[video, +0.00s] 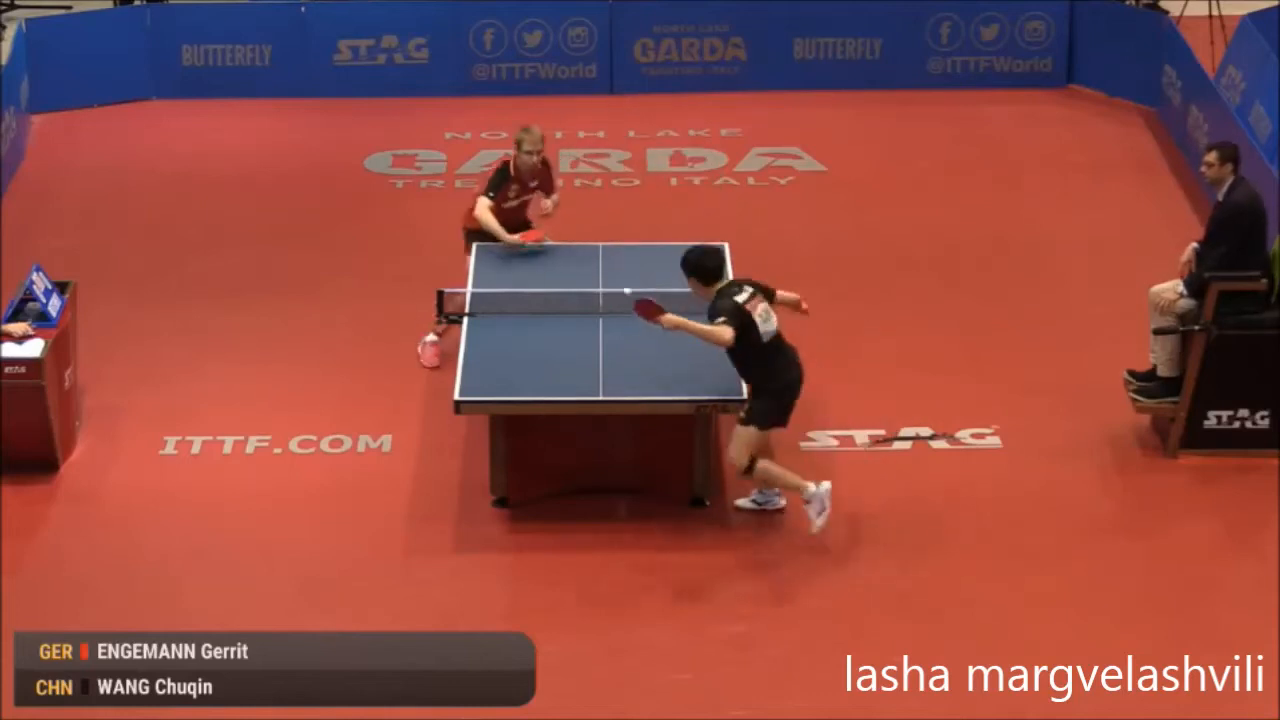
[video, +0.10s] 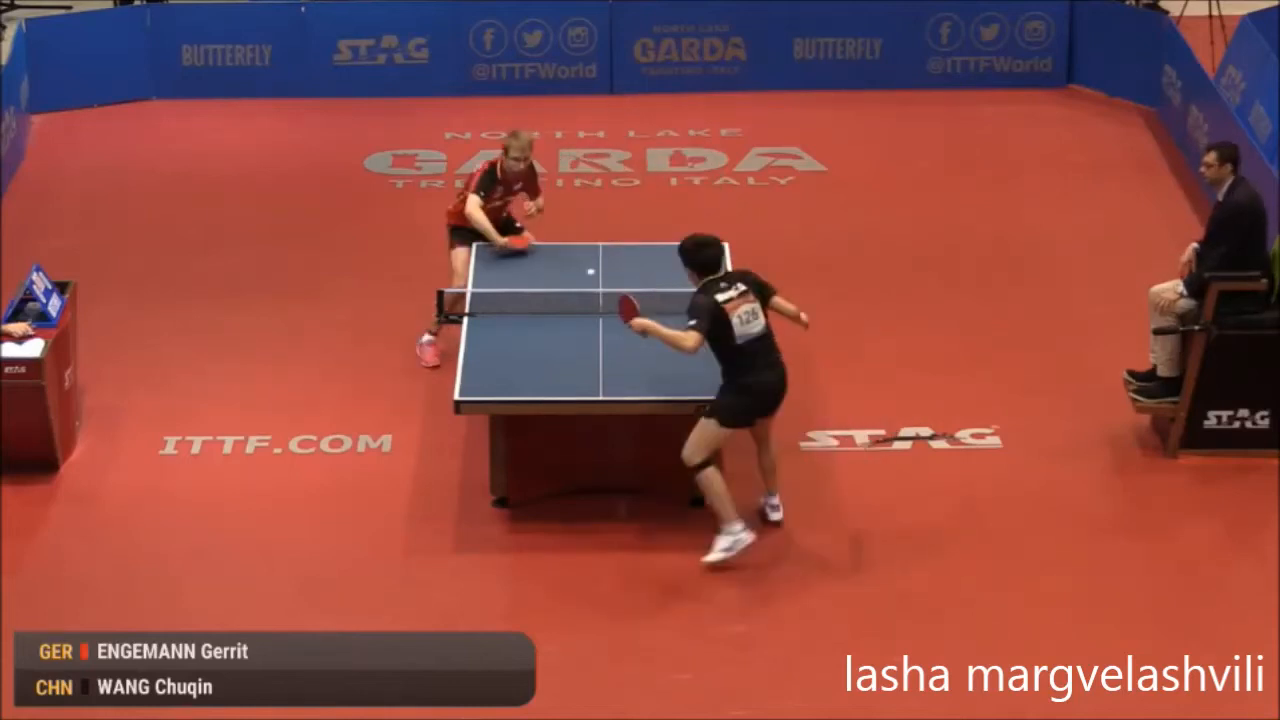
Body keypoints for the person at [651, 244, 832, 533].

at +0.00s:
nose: (688, 285)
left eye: (688, 279)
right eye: (687, 278)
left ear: (696, 281)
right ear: (719, 270)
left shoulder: (722, 304)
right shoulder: (744, 285)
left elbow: (726, 337)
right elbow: (781, 297)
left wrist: (681, 323)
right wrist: (797, 303)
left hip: (773, 381)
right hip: (786, 367)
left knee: (739, 458)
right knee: (756, 430)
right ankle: (767, 493)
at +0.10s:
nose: (685, 271)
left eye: (686, 267)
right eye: (687, 265)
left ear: (692, 271)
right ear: (721, 261)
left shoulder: (704, 300)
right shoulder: (746, 279)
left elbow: (690, 343)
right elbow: (784, 307)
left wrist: (649, 327)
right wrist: (800, 316)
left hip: (743, 388)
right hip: (775, 379)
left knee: (694, 455)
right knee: (763, 437)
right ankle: (774, 503)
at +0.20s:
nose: (683, 278)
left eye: (684, 274)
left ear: (689, 279)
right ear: (719, 271)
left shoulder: (692, 312)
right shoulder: (745, 295)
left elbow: (665, 358)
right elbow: (778, 331)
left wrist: (631, 340)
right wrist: (793, 337)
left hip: (725, 404)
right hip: (761, 396)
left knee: (672, 468)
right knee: (766, 449)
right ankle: (780, 519)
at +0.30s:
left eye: (682, 300)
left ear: (681, 305)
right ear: (714, 303)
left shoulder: (674, 345)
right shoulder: (736, 336)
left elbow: (628, 379)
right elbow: (771, 373)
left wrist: (612, 358)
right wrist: (744, 355)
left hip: (697, 438)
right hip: (738, 434)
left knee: (641, 485)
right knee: (757, 462)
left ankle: (640, 568)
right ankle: (779, 521)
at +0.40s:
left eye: (674, 302)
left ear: (672, 308)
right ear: (705, 305)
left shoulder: (662, 345)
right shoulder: (726, 336)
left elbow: (622, 382)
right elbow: (761, 376)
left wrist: (610, 369)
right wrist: (736, 369)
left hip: (687, 440)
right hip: (732, 437)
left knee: (628, 479)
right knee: (757, 473)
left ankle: (635, 566)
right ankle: (782, 525)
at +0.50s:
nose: (664, 312)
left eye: (662, 308)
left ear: (661, 314)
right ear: (695, 310)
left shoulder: (655, 352)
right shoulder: (719, 338)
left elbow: (614, 400)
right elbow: (754, 381)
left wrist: (620, 406)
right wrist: (738, 393)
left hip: (684, 444)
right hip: (731, 439)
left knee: (621, 490)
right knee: (765, 483)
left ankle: (605, 577)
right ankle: (803, 552)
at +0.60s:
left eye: (659, 328)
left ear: (659, 334)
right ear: (691, 330)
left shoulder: (651, 369)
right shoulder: (717, 358)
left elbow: (614, 421)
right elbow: (749, 404)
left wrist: (627, 433)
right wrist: (723, 417)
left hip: (681, 466)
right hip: (727, 460)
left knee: (622, 519)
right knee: (767, 497)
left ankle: (595, 597)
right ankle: (809, 567)